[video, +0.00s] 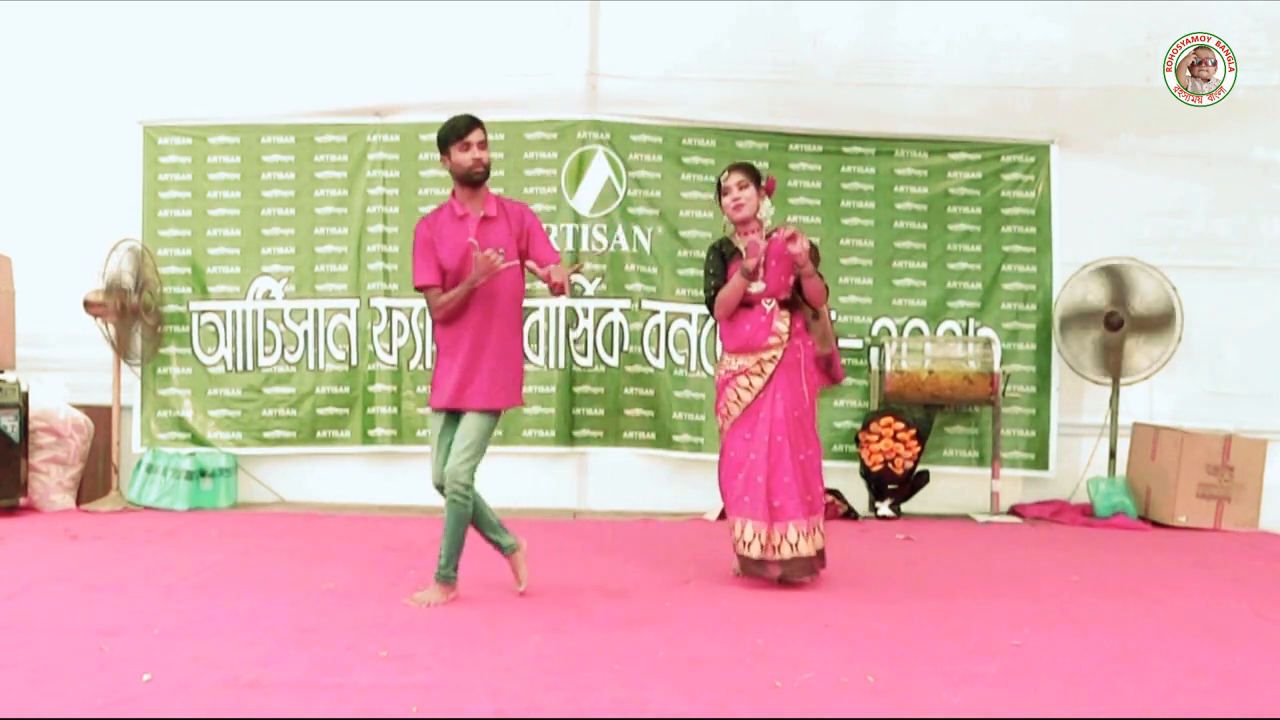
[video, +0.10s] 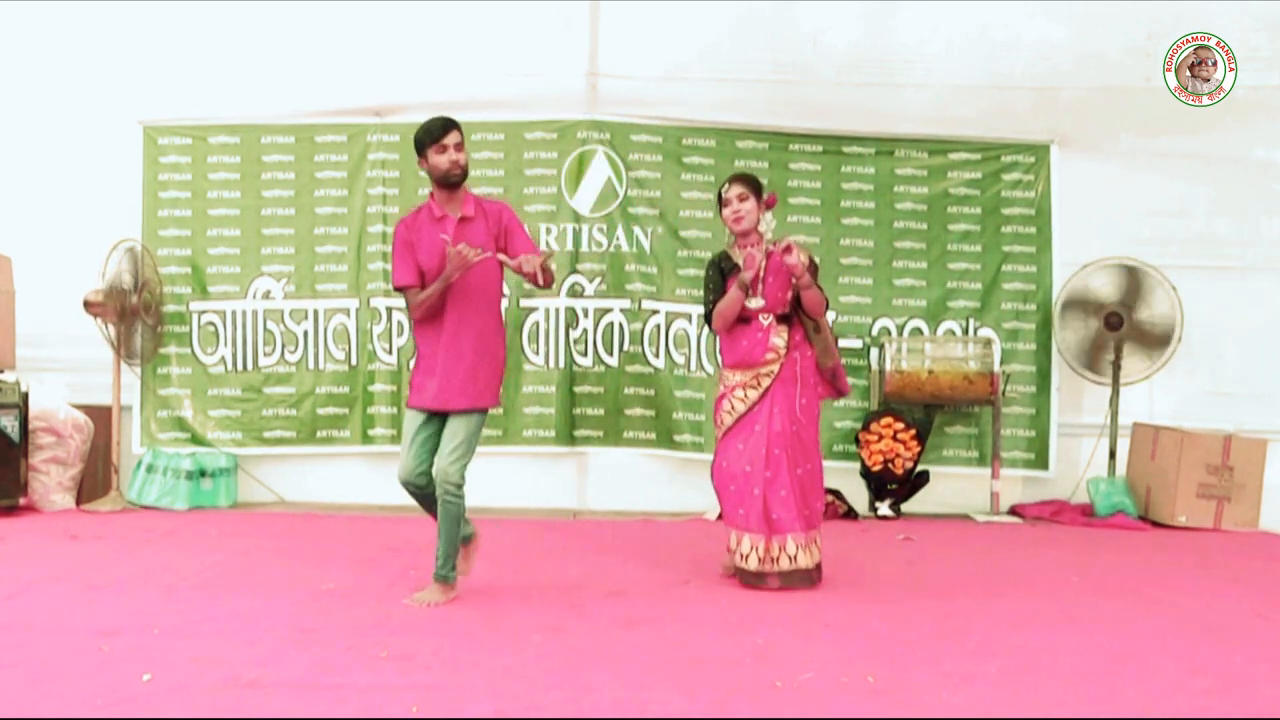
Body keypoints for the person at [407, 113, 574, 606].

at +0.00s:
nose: (478, 154)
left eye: (483, 145)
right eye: (467, 147)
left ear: (491, 152)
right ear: (446, 159)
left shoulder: (518, 217)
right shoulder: (430, 228)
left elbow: (553, 270)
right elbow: (438, 309)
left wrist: (556, 277)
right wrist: (472, 279)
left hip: (497, 367)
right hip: (451, 368)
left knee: (458, 475)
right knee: (443, 478)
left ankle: (445, 581)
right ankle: (511, 548)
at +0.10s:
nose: (455, 156)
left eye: (459, 147)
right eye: (444, 150)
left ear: (468, 154)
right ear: (424, 161)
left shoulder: (497, 215)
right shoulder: (409, 228)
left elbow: (543, 279)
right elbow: (416, 309)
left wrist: (538, 269)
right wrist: (448, 274)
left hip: (478, 367)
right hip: (430, 368)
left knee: (447, 474)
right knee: (413, 475)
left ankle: (443, 580)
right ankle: (462, 531)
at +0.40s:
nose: (387, 146)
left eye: (392, 135)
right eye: (375, 141)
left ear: (403, 136)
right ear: (360, 152)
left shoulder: (440, 189)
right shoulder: (355, 211)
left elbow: (500, 243)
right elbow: (367, 288)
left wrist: (481, 219)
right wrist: (384, 243)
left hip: (430, 345)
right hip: (382, 347)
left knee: (394, 459)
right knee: (382, 463)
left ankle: (367, 573)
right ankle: (404, 555)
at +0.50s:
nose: (372, 154)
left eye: (376, 143)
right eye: (360, 149)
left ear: (389, 145)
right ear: (346, 163)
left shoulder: (429, 200)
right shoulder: (343, 223)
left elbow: (484, 259)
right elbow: (358, 306)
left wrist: (461, 244)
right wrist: (372, 269)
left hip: (416, 357)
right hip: (370, 358)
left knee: (377, 470)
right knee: (357, 470)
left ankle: (350, 578)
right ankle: (396, 548)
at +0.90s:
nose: (351, 158)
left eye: (356, 146)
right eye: (338, 154)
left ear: (369, 146)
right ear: (326, 166)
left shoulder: (411, 193)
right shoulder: (331, 227)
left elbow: (452, 262)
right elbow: (325, 313)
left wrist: (413, 250)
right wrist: (298, 274)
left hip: (421, 354)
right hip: (368, 358)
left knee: (394, 461)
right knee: (345, 466)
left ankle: (376, 580)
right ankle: (332, 561)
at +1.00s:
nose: (367, 165)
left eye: (372, 152)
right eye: (354, 160)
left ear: (386, 152)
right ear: (343, 172)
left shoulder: (429, 202)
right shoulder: (350, 236)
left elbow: (460, 277)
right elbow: (353, 325)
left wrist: (415, 260)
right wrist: (321, 293)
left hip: (435, 362)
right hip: (380, 365)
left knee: (408, 474)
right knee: (352, 473)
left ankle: (382, 587)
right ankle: (340, 559)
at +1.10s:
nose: (384, 166)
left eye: (390, 153)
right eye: (372, 161)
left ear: (403, 153)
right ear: (360, 172)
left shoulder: (444, 201)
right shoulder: (366, 234)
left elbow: (468, 277)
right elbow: (363, 323)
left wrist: (425, 249)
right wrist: (331, 282)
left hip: (445, 367)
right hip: (392, 368)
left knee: (415, 479)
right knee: (365, 470)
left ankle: (384, 586)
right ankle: (370, 555)